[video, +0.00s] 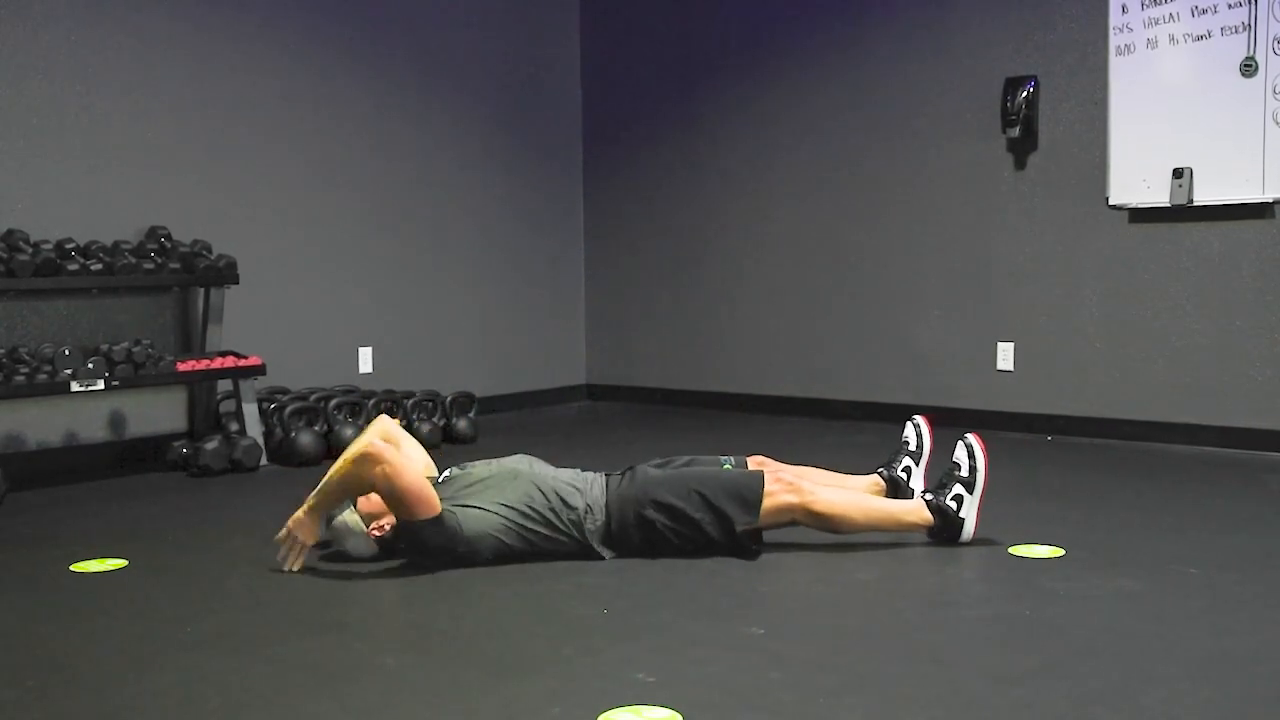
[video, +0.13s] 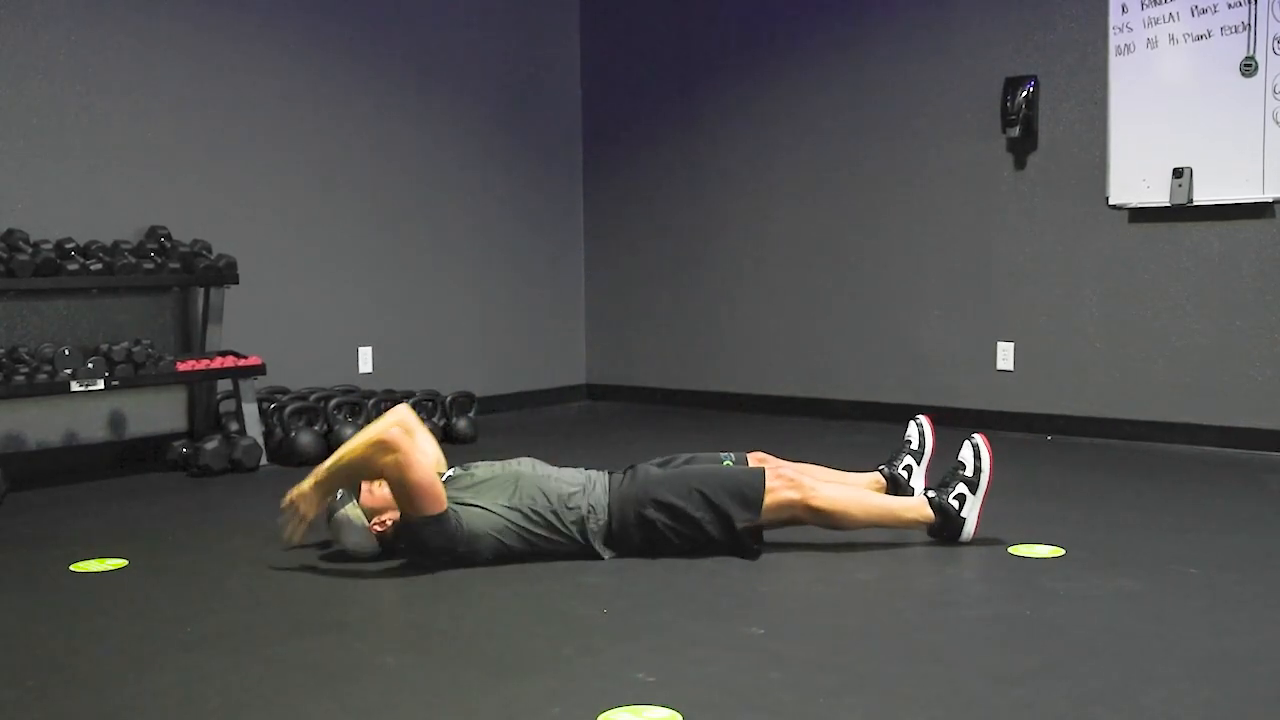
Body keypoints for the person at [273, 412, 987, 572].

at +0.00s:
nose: (379, 498)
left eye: (372, 495)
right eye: (372, 502)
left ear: (382, 503)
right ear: (381, 521)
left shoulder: (437, 507)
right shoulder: (429, 532)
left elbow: (385, 434)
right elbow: (374, 435)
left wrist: (325, 505)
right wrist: (312, 515)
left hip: (620, 487)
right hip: (618, 512)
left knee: (765, 466)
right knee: (782, 492)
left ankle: (894, 490)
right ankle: (938, 517)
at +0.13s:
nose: (378, 488)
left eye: (375, 480)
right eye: (371, 488)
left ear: (390, 487)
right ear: (377, 512)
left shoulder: (440, 504)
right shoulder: (431, 529)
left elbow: (402, 424)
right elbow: (394, 423)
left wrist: (333, 481)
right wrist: (318, 488)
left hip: (626, 485)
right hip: (624, 512)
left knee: (768, 463)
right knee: (785, 489)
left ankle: (894, 486)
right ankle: (940, 514)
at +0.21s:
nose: (387, 471)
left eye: (376, 471)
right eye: (376, 477)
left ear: (385, 480)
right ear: (386, 502)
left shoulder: (435, 495)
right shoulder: (437, 520)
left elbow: (444, 409)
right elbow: (444, 413)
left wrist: (359, 414)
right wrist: (358, 419)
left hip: (622, 485)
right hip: (623, 512)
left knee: (767, 462)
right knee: (787, 485)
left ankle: (897, 486)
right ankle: (938, 512)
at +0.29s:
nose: (418, 439)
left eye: (406, 435)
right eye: (403, 445)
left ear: (413, 453)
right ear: (398, 482)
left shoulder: (449, 486)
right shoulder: (448, 508)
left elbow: (500, 417)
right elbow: (507, 416)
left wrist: (438, 350)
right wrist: (434, 352)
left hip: (619, 489)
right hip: (622, 510)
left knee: (765, 464)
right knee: (785, 489)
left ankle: (891, 483)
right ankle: (940, 513)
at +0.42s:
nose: (464, 403)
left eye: (454, 398)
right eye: (449, 407)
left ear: (437, 431)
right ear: (432, 437)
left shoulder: (470, 454)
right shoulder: (472, 473)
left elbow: (555, 416)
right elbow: (575, 427)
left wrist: (580, 332)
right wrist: (586, 328)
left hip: (620, 490)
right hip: (621, 512)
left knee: (765, 458)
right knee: (791, 483)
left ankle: (895, 481)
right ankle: (942, 510)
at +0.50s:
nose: (492, 385)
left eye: (484, 378)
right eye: (477, 382)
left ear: (457, 405)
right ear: (453, 409)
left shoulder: (495, 436)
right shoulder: (489, 457)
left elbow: (583, 400)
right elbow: (598, 428)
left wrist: (639, 335)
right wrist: (652, 340)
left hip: (632, 489)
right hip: (626, 516)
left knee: (772, 455)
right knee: (796, 480)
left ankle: (901, 479)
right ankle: (948, 508)